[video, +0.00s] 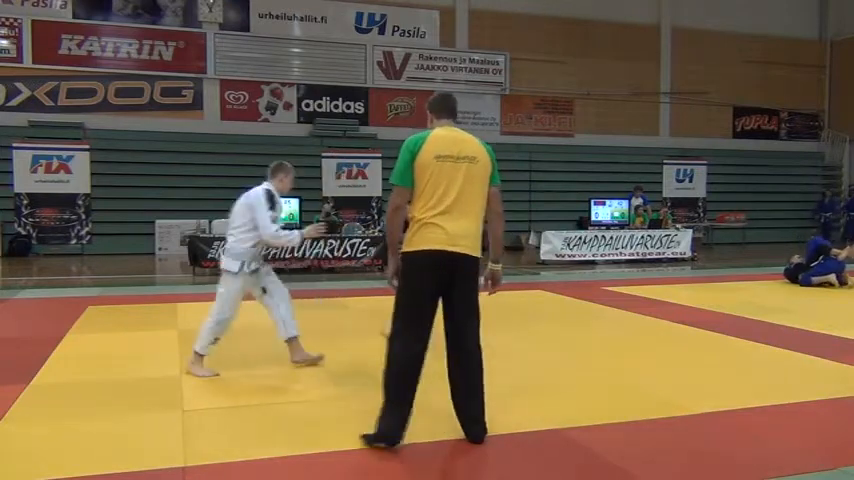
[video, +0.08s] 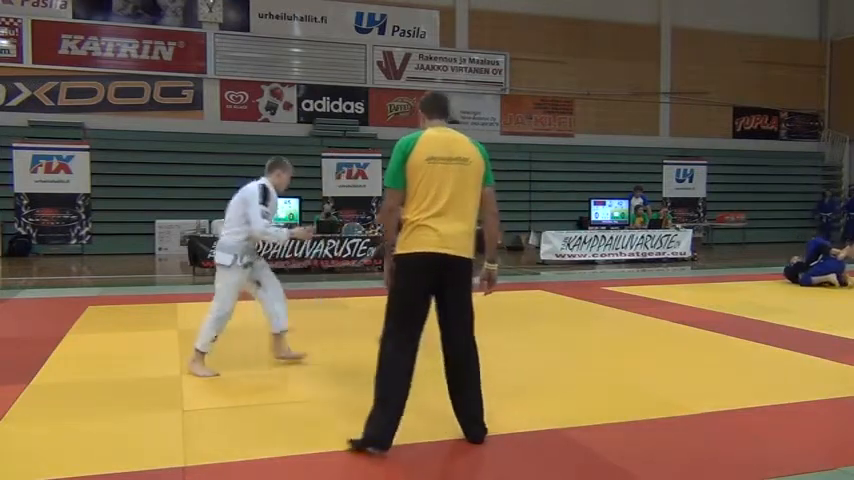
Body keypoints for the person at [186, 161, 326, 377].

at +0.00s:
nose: (292, 185)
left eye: (292, 180)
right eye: (291, 180)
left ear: (278, 177)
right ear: (281, 178)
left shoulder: (273, 200)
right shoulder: (259, 196)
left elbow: (268, 234)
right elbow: (269, 235)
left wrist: (300, 235)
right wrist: (303, 235)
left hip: (256, 265)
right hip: (236, 264)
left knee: (280, 298)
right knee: (223, 314)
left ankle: (296, 351)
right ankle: (196, 360)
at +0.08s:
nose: (289, 183)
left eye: (290, 178)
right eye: (288, 178)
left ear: (276, 174)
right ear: (277, 174)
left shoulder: (269, 196)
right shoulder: (254, 191)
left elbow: (262, 229)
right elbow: (259, 229)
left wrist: (291, 233)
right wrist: (292, 233)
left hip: (251, 257)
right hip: (230, 257)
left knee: (275, 294)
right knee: (223, 308)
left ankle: (280, 348)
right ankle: (197, 360)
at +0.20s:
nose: (288, 181)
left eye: (289, 177)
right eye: (288, 176)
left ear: (275, 172)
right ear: (278, 173)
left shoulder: (269, 196)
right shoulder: (253, 186)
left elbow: (255, 225)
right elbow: (247, 224)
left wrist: (279, 230)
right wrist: (277, 233)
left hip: (245, 251)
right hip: (223, 250)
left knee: (258, 294)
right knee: (221, 303)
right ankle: (198, 358)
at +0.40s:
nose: (280, 199)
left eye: (281, 195)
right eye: (280, 194)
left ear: (268, 190)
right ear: (270, 190)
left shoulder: (261, 214)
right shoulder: (248, 203)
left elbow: (263, 243)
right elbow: (237, 239)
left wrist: (293, 235)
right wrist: (264, 255)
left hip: (233, 260)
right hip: (211, 258)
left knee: (253, 295)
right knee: (215, 310)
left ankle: (243, 347)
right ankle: (174, 357)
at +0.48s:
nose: (272, 201)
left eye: (273, 197)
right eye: (271, 196)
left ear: (259, 194)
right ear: (261, 193)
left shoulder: (253, 217)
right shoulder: (239, 207)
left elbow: (256, 247)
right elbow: (231, 244)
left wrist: (287, 242)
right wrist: (260, 258)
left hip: (228, 264)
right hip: (206, 263)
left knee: (248, 295)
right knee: (206, 314)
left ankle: (242, 348)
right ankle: (158, 359)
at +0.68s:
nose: (244, 191)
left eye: (245, 186)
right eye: (243, 185)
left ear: (231, 182)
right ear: (231, 181)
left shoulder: (228, 207)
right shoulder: (208, 200)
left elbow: (231, 240)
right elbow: (216, 239)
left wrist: (254, 241)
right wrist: (250, 241)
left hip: (202, 263)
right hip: (181, 262)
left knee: (222, 298)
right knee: (173, 317)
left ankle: (236, 348)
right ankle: (137, 368)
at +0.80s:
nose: (235, 183)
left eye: (236, 178)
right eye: (234, 177)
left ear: (222, 173)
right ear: (222, 172)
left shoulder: (216, 197)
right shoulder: (198, 189)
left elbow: (211, 228)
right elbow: (208, 228)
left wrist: (242, 229)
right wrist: (243, 229)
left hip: (191, 259)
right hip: (170, 256)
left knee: (209, 296)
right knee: (161, 311)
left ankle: (204, 352)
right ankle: (134, 369)